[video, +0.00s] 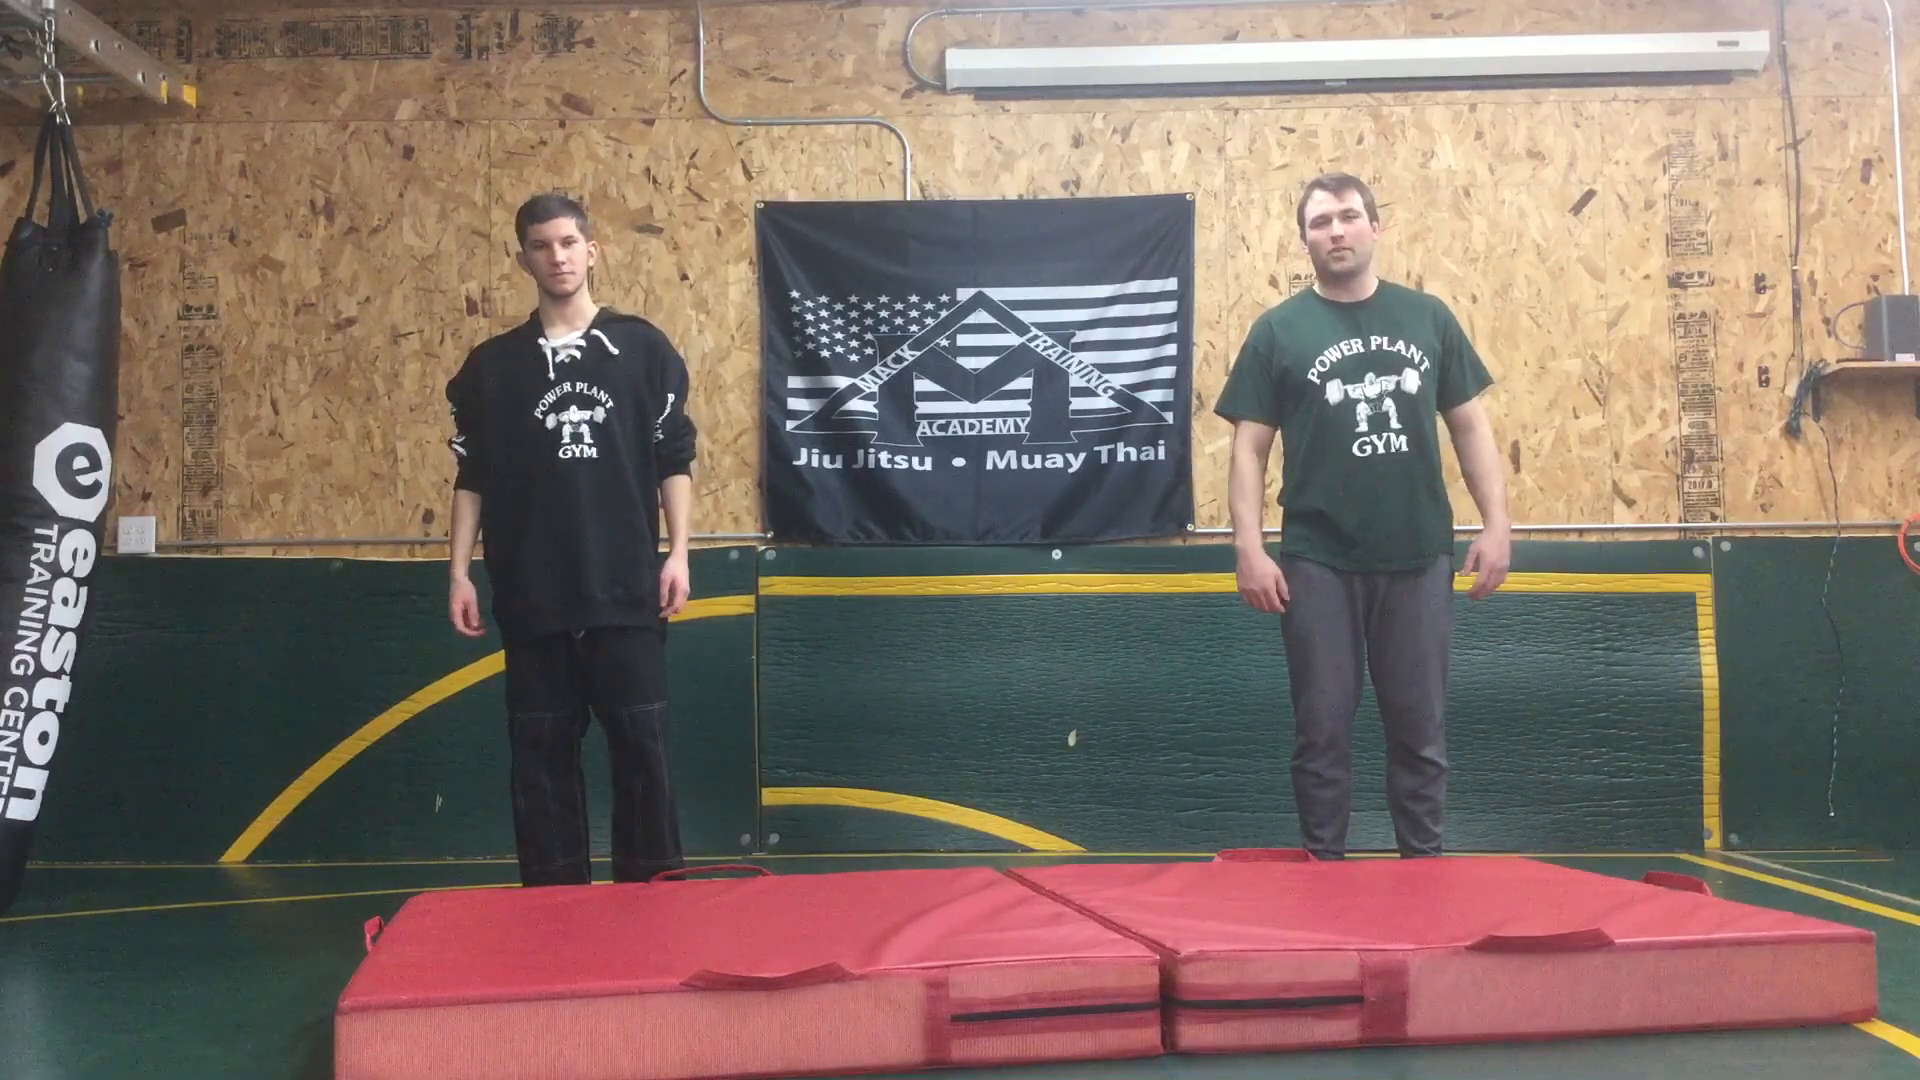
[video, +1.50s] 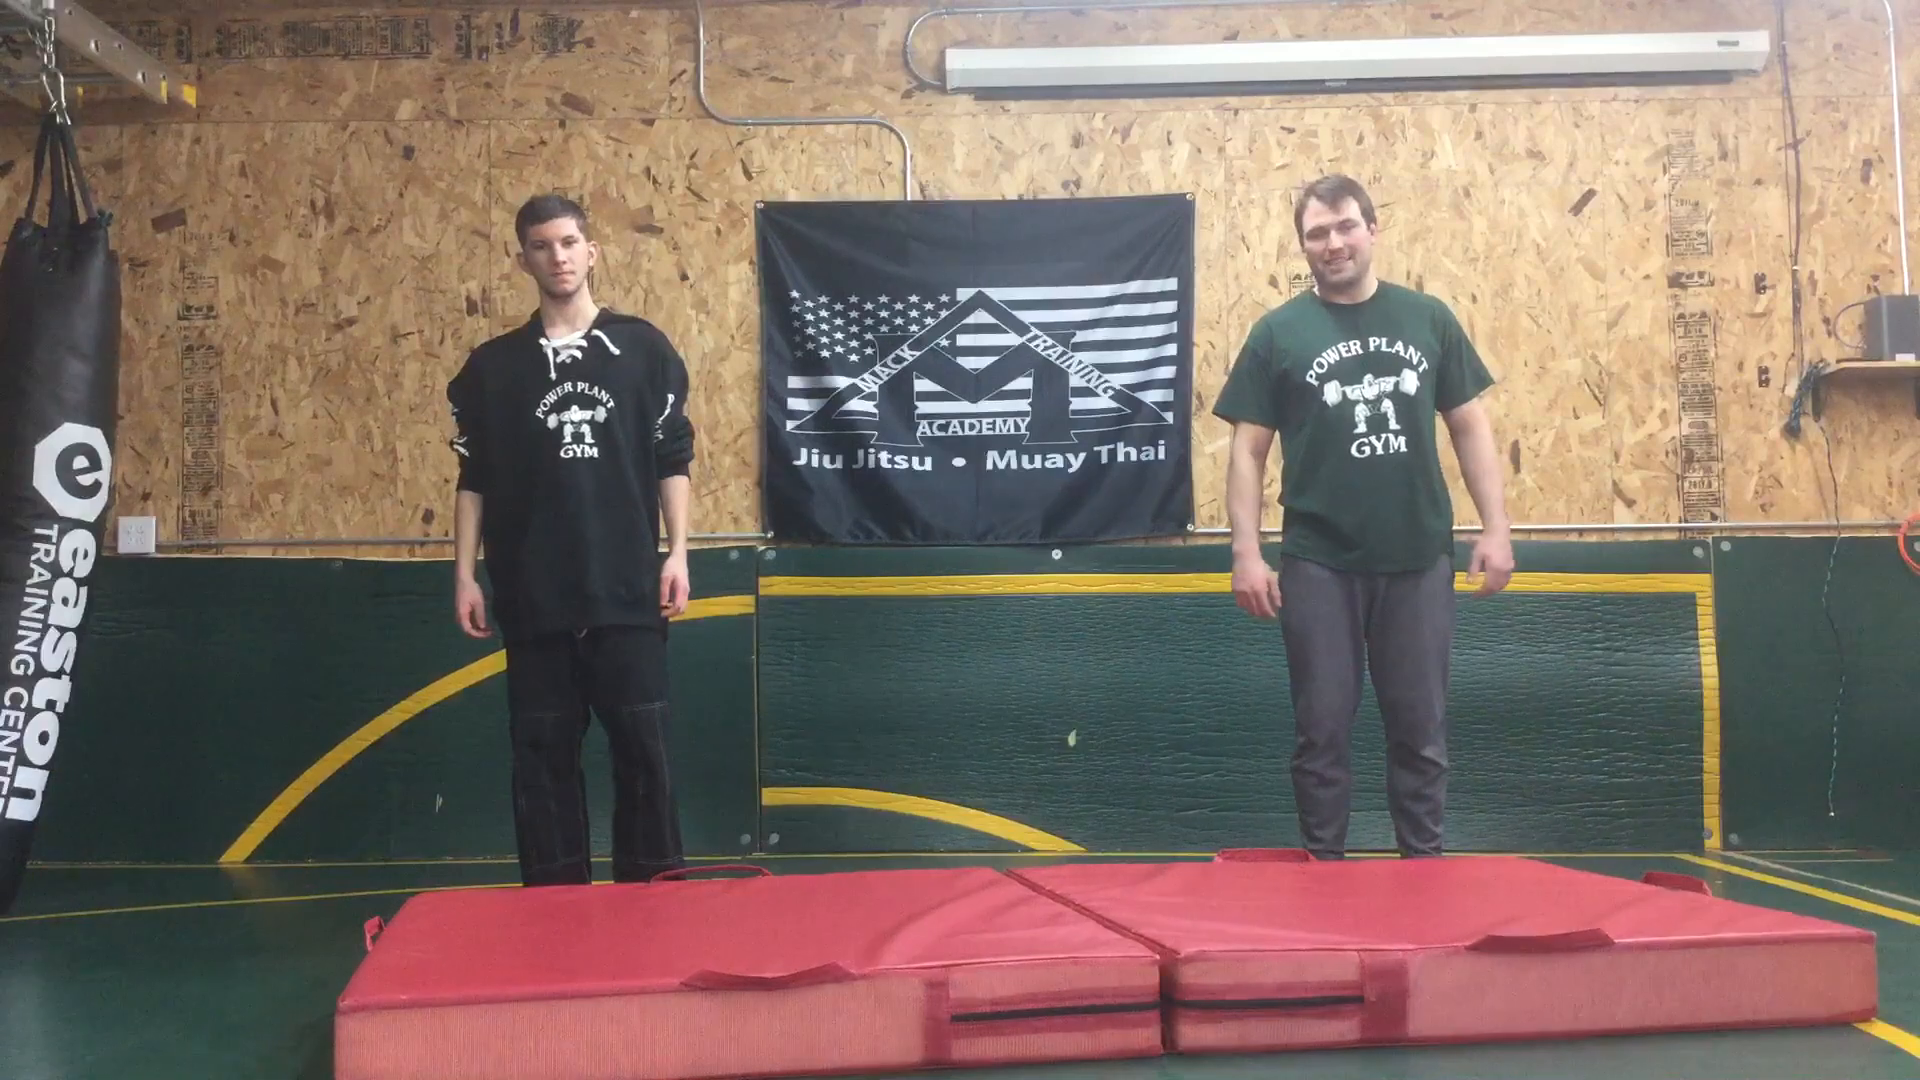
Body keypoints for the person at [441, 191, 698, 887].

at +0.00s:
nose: (557, 257)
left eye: (568, 242)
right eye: (542, 247)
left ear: (591, 250)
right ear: (525, 260)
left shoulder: (642, 347)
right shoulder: (489, 364)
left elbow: (674, 457)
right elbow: (471, 476)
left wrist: (678, 552)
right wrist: (460, 569)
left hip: (625, 582)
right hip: (530, 589)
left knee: (642, 750)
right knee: (542, 759)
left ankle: (652, 901)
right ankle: (553, 908)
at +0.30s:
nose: (557, 257)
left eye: (568, 242)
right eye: (542, 247)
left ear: (591, 250)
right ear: (525, 261)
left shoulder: (642, 347)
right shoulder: (489, 365)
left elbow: (672, 460)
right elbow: (472, 478)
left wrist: (676, 554)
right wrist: (462, 574)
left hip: (626, 585)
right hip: (531, 591)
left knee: (643, 753)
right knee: (542, 762)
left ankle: (652, 904)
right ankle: (554, 911)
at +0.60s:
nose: (556, 257)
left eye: (567, 243)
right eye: (540, 248)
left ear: (590, 250)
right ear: (524, 261)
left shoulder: (642, 347)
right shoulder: (489, 365)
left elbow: (672, 459)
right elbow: (472, 478)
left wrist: (678, 552)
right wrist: (463, 572)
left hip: (626, 584)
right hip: (530, 591)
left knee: (643, 753)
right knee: (542, 762)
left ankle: (653, 904)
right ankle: (554, 912)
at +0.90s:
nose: (556, 257)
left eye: (567, 243)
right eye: (540, 248)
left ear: (590, 250)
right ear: (523, 261)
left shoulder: (641, 347)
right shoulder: (488, 366)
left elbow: (672, 459)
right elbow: (471, 479)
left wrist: (678, 551)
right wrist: (463, 573)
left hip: (625, 583)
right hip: (530, 591)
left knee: (643, 752)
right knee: (542, 761)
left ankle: (652, 904)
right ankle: (554, 912)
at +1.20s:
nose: (557, 257)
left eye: (567, 242)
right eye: (541, 247)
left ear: (590, 250)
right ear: (523, 261)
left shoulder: (642, 347)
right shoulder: (488, 365)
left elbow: (671, 459)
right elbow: (472, 478)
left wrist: (677, 551)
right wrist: (465, 575)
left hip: (625, 584)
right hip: (530, 592)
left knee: (644, 753)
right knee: (542, 763)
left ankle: (653, 904)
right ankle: (554, 913)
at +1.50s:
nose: (558, 257)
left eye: (568, 242)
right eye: (542, 247)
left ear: (590, 249)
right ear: (525, 261)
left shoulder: (643, 347)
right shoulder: (489, 365)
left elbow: (672, 458)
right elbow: (473, 477)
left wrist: (678, 551)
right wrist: (465, 574)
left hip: (627, 585)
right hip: (531, 592)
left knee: (644, 754)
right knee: (543, 762)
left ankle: (653, 905)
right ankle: (555, 913)